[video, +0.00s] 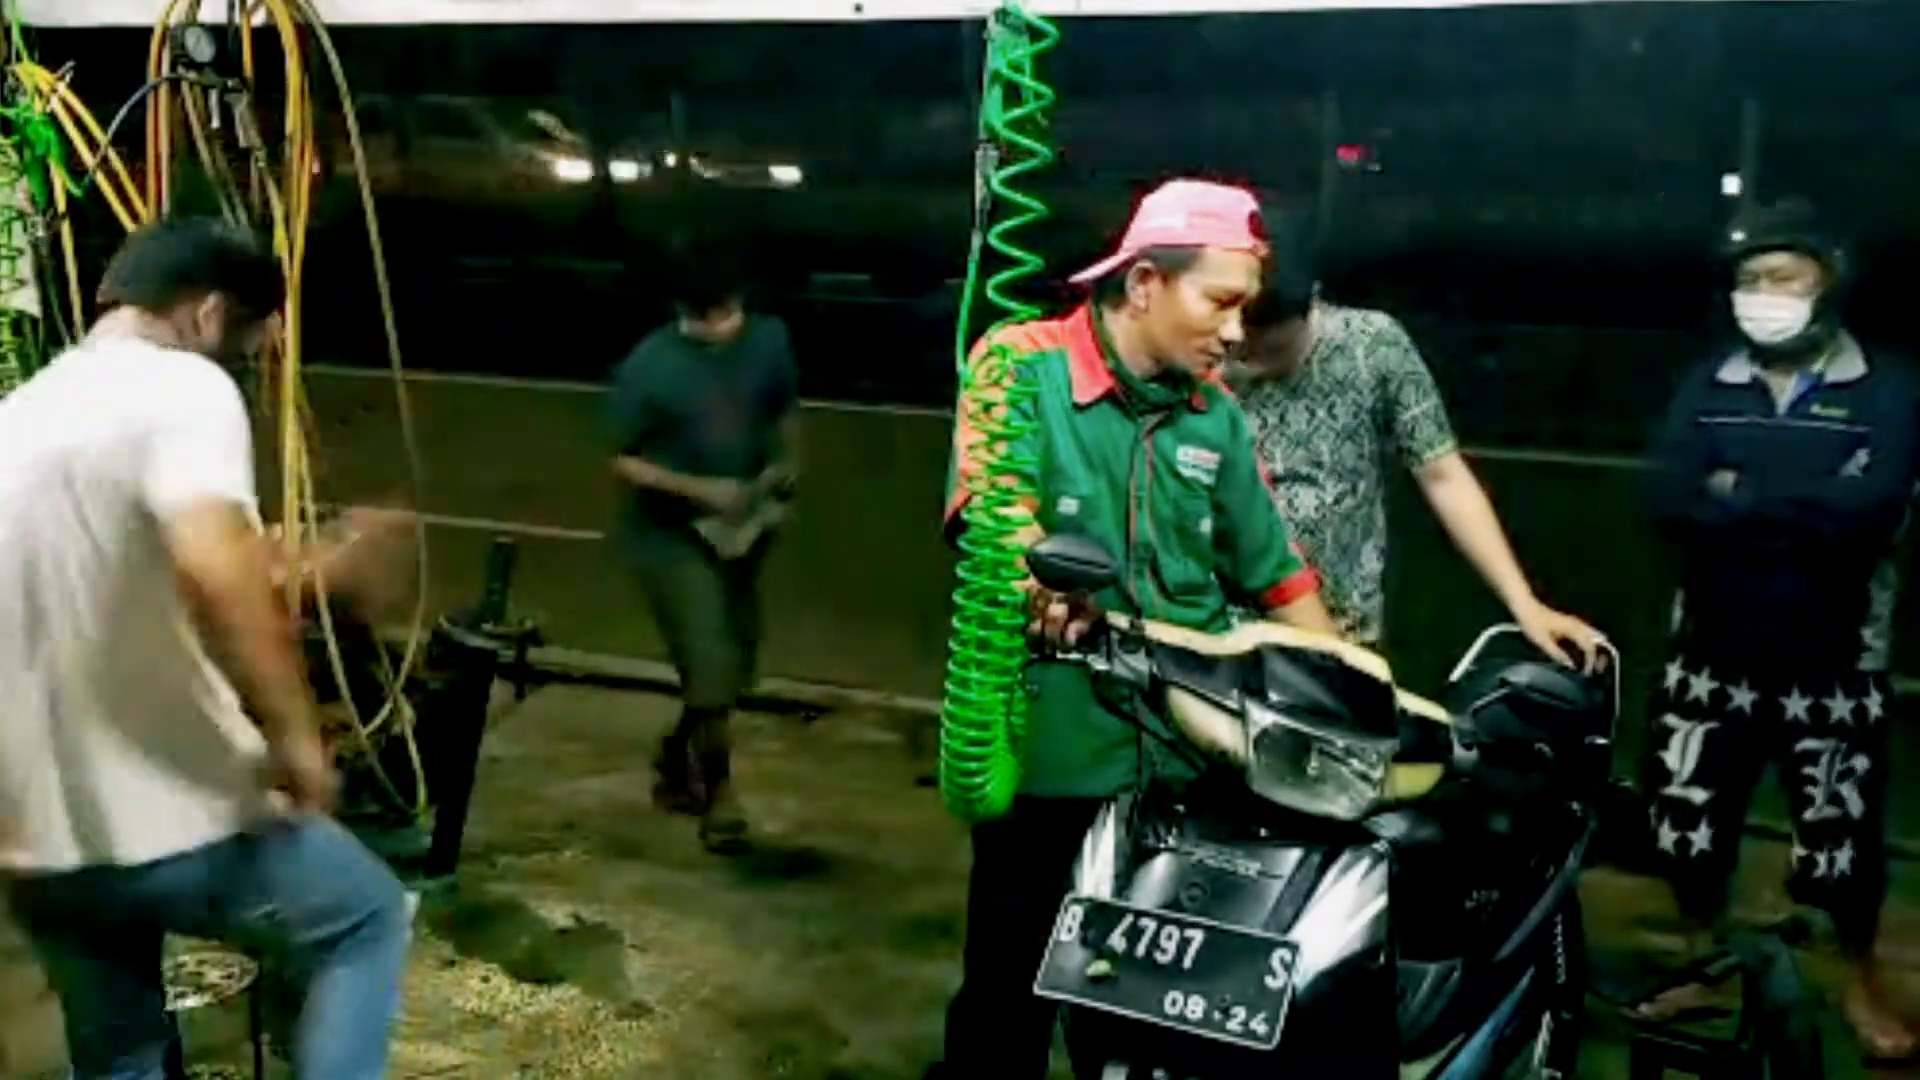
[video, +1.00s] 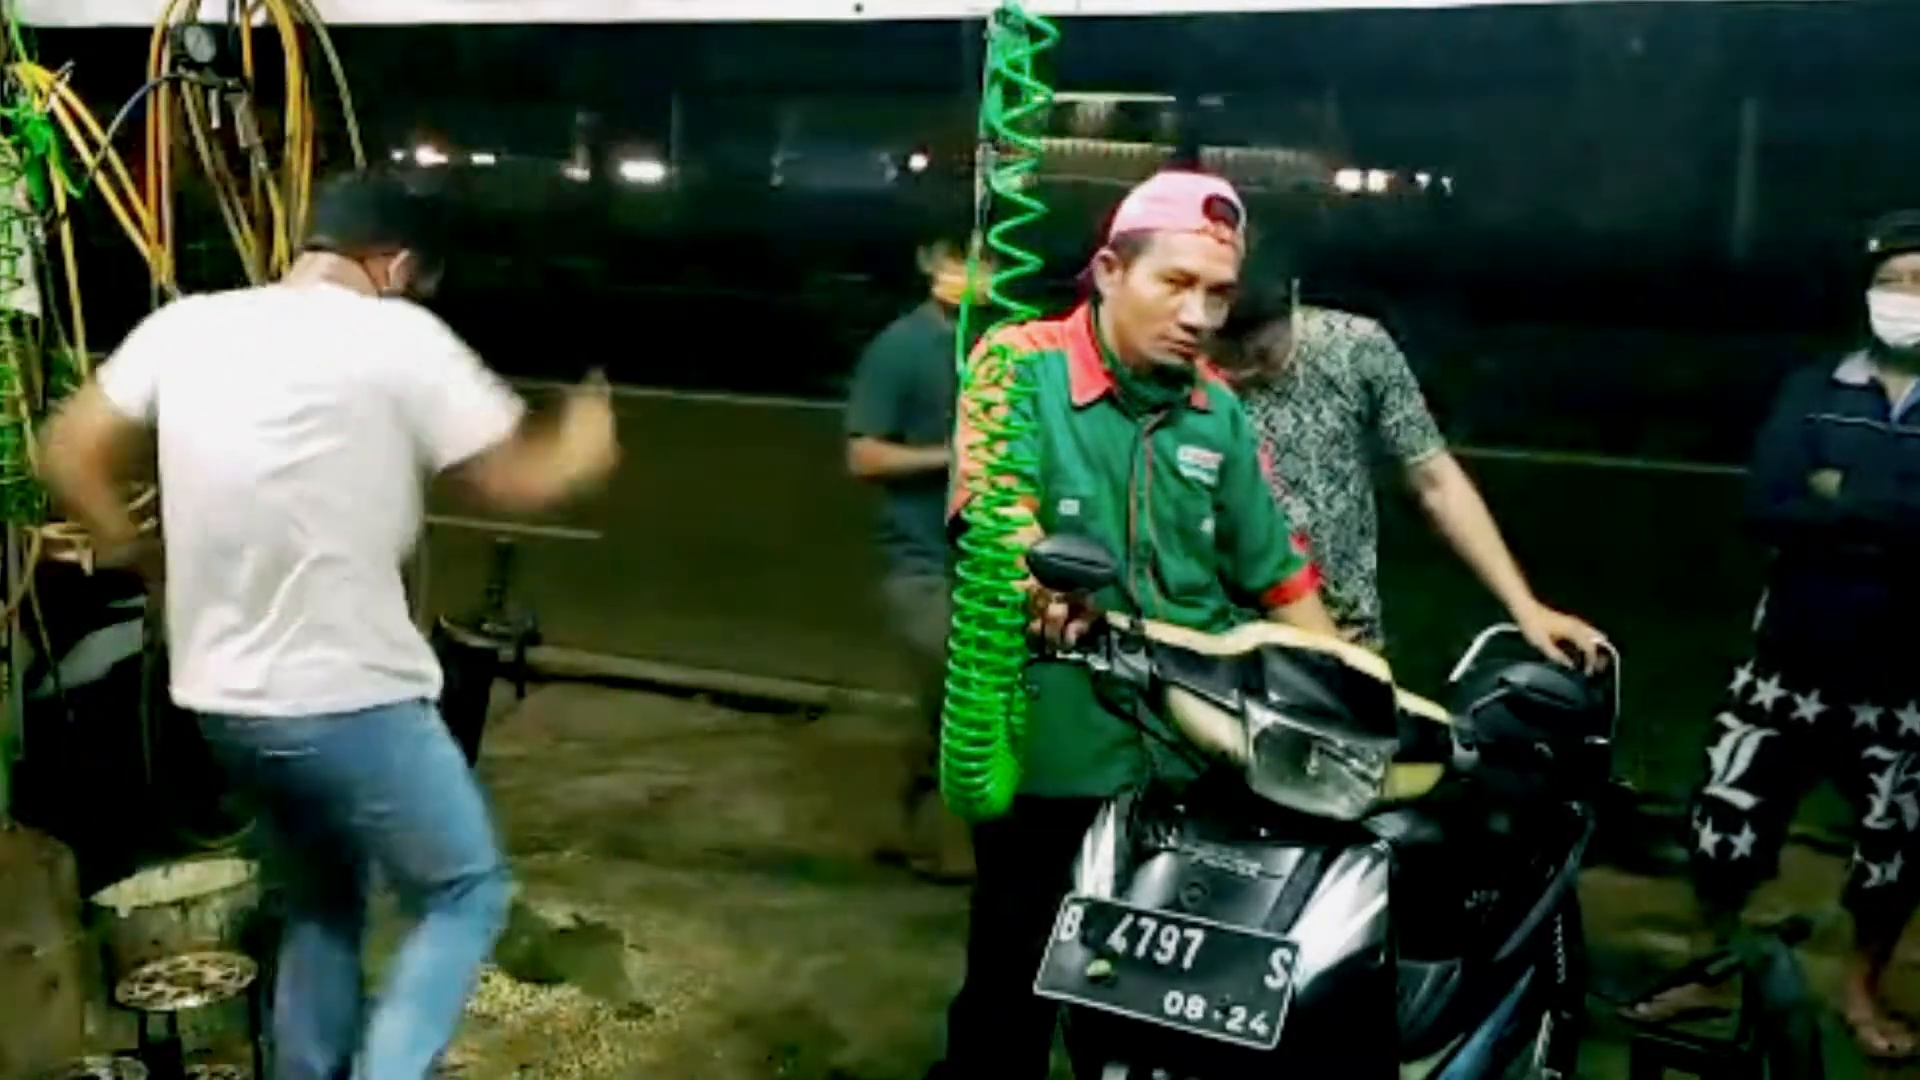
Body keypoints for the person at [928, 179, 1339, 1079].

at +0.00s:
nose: (1233, 329)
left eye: (1243, 310)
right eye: (1220, 302)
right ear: (1146, 283)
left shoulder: (1217, 420)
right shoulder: (1019, 366)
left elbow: (1283, 581)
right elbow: (987, 505)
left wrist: (1342, 696)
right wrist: (1043, 592)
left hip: (1185, 761)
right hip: (1046, 758)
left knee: (1155, 1015)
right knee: (1005, 1014)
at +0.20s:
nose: (1227, 325)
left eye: (1237, 304)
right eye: (1212, 296)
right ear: (1136, 277)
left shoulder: (1218, 419)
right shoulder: (1018, 366)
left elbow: (1283, 585)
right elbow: (993, 509)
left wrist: (1349, 693)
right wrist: (1045, 594)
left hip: (1185, 762)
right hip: (1047, 758)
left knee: (1154, 1014)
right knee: (1005, 1011)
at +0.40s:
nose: (1221, 324)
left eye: (1234, 304)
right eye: (1205, 295)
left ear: (1244, 304)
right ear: (1129, 276)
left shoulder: (1216, 415)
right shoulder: (1018, 366)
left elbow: (1286, 585)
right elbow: (994, 509)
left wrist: (1344, 696)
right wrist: (1045, 593)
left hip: (1188, 761)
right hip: (1048, 759)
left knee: (1161, 1017)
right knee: (1006, 1015)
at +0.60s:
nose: (1219, 324)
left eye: (1232, 303)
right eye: (1203, 295)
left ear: (1242, 303)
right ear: (1125, 277)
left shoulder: (1218, 417)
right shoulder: (1019, 367)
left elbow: (1287, 586)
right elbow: (994, 511)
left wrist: (1342, 703)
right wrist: (1045, 596)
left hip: (1187, 762)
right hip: (1047, 760)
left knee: (1159, 1016)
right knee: (1006, 1015)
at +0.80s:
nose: (1212, 322)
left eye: (1228, 303)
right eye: (1196, 292)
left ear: (1237, 304)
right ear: (1120, 276)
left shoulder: (1220, 415)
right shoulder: (1019, 369)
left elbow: (1284, 585)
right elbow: (993, 518)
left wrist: (1348, 702)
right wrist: (1043, 600)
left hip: (1187, 761)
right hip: (1047, 760)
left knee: (1160, 1012)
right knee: (1007, 1014)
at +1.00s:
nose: (1196, 315)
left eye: (1217, 294)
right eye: (1175, 283)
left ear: (1231, 302)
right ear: (1108, 272)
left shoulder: (1222, 417)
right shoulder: (1019, 369)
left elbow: (1286, 586)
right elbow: (988, 514)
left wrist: (1346, 704)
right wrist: (1042, 598)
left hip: (1189, 757)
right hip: (1049, 752)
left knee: (1164, 1010)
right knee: (1009, 1010)